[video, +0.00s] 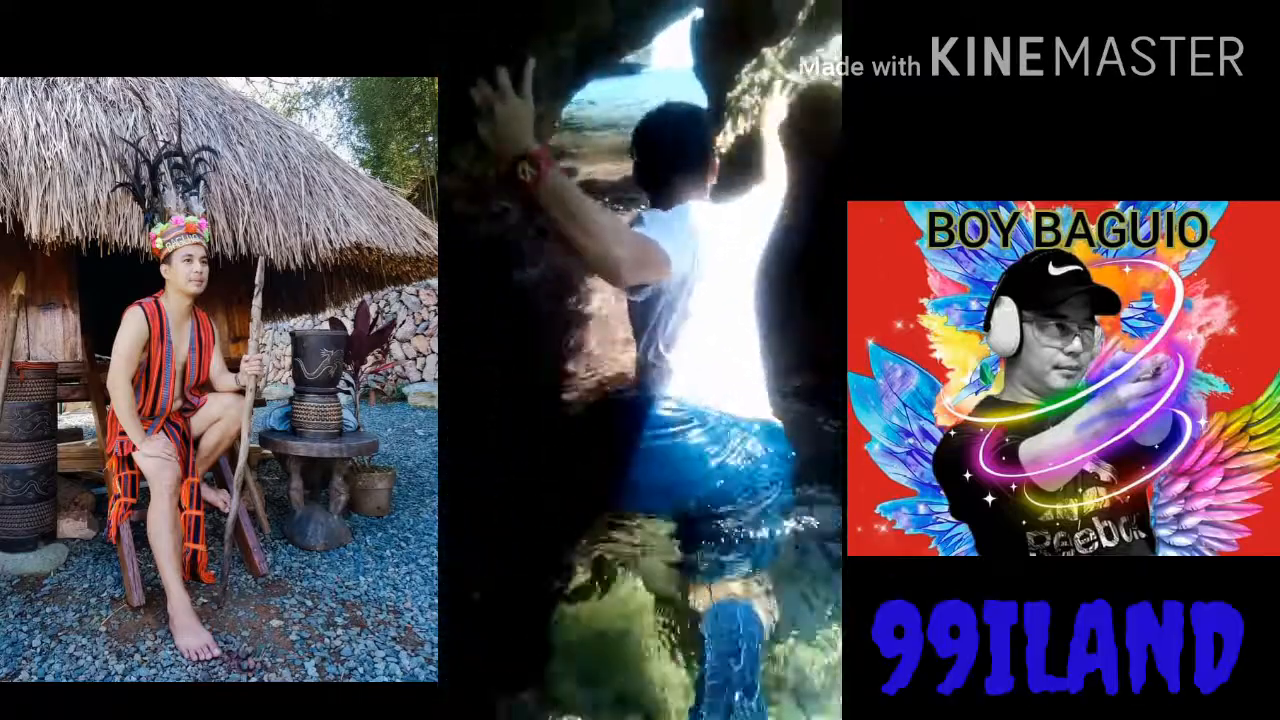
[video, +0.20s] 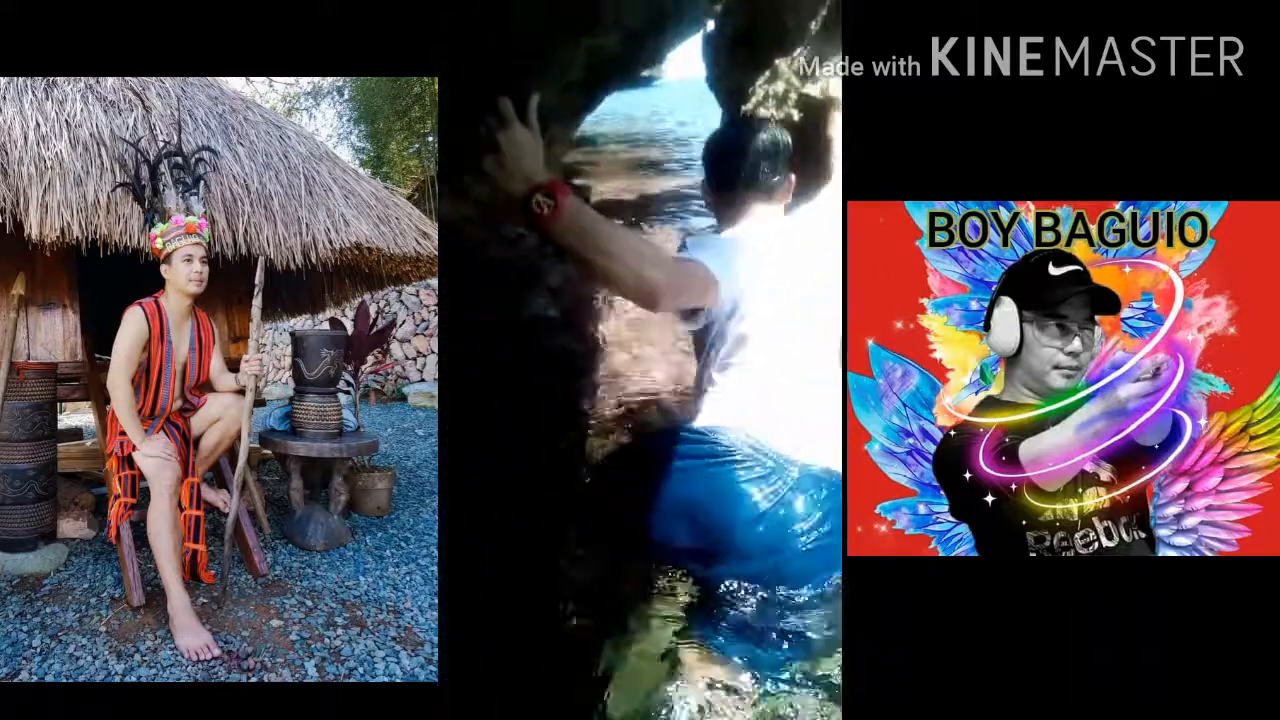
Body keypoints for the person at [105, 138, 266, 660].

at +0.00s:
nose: (198, 269)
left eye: (204, 261)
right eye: (187, 261)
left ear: (208, 267)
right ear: (164, 267)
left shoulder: (207, 324)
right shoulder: (142, 316)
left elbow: (220, 380)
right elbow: (117, 381)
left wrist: (243, 379)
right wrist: (138, 440)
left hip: (182, 419)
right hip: (141, 425)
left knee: (238, 406)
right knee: (168, 477)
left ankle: (192, 478)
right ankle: (179, 605)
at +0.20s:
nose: (198, 269)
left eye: (204, 261)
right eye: (187, 261)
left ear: (208, 267)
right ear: (164, 267)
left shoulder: (207, 324)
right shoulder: (142, 316)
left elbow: (221, 380)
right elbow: (117, 381)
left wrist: (243, 379)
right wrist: (139, 440)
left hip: (182, 419)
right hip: (141, 425)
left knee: (238, 406)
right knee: (168, 477)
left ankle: (192, 478)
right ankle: (179, 605)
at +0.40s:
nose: (198, 269)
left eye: (204, 261)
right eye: (187, 261)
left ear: (208, 267)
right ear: (164, 268)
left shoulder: (207, 324)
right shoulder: (142, 316)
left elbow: (220, 380)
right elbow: (117, 382)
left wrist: (243, 379)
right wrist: (138, 440)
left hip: (182, 420)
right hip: (141, 425)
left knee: (238, 406)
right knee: (169, 477)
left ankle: (192, 478)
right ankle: (179, 605)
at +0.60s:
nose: (198, 269)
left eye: (204, 261)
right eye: (187, 261)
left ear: (208, 267)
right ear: (164, 268)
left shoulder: (206, 323)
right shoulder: (142, 317)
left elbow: (219, 379)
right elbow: (117, 381)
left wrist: (243, 379)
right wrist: (138, 440)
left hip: (182, 420)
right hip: (141, 426)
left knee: (238, 407)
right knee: (169, 478)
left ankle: (193, 478)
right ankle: (179, 605)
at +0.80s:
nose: (198, 269)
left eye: (203, 261)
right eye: (187, 261)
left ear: (208, 268)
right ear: (165, 268)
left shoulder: (206, 323)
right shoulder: (142, 316)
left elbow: (220, 379)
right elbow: (117, 382)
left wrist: (244, 379)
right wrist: (138, 440)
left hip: (182, 420)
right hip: (141, 425)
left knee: (238, 407)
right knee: (169, 478)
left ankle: (192, 478)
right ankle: (179, 605)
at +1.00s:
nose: (198, 269)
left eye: (203, 261)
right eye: (187, 261)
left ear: (208, 268)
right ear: (165, 267)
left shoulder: (206, 324)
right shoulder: (142, 316)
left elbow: (220, 380)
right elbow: (117, 381)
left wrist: (243, 379)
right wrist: (138, 440)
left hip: (182, 420)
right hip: (142, 425)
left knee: (239, 407)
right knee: (169, 477)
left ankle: (192, 478)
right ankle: (179, 605)